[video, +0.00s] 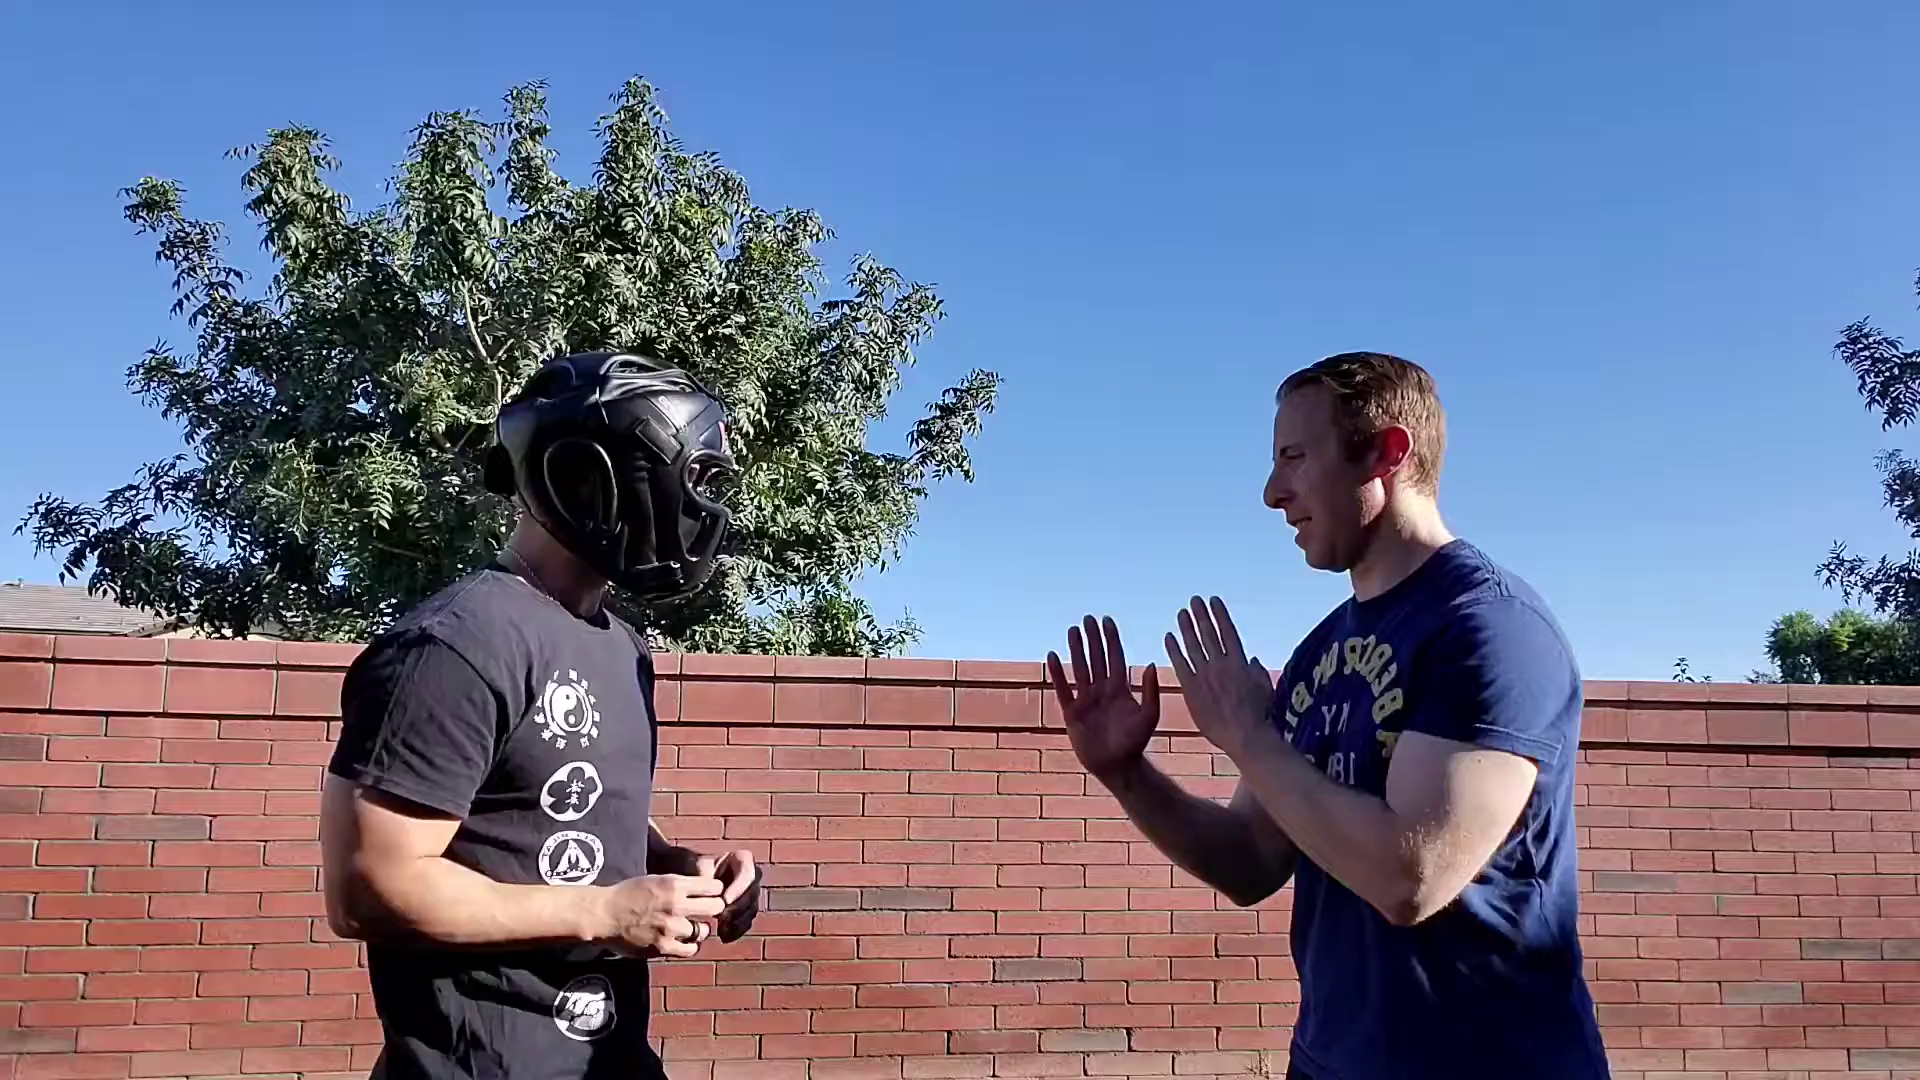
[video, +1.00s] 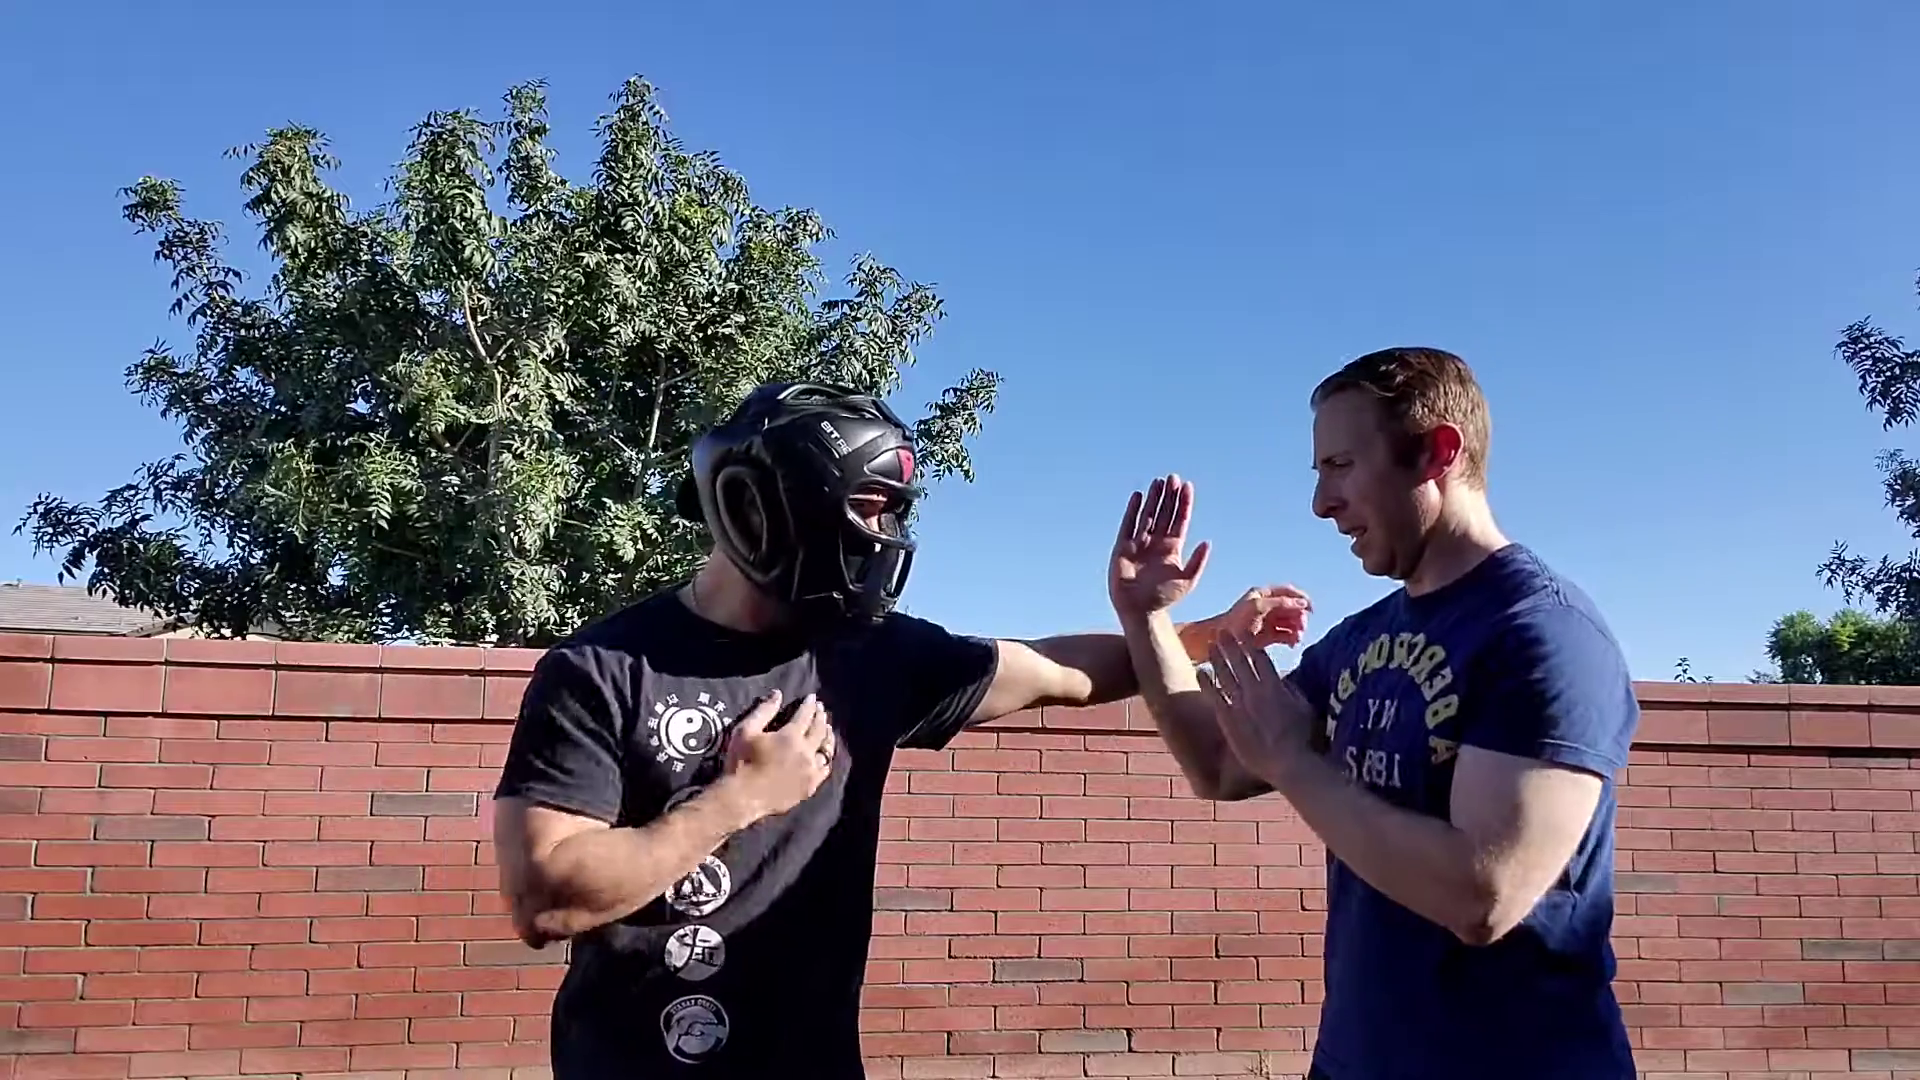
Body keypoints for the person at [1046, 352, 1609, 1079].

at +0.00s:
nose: (1273, 493)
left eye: (1294, 457)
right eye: (1276, 464)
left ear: (1388, 454)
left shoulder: (1496, 628)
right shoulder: (1319, 656)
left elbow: (1412, 879)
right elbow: (1248, 865)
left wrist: (1251, 739)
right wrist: (1126, 774)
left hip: (1486, 1057)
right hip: (1336, 1052)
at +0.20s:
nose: (1320, 479)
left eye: (1345, 445)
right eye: (1326, 449)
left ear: (1442, 457)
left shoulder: (1539, 632)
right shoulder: (1350, 654)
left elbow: (1448, 879)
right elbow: (1268, 858)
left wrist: (1286, 730)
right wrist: (1153, 763)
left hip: (1512, 1056)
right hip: (1355, 1052)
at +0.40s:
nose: (1324, 487)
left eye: (1345, 451)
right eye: (1328, 458)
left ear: (1440, 456)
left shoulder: (1541, 632)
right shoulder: (1352, 651)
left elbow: (1449, 877)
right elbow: (1265, 855)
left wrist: (1289, 726)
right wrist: (1155, 757)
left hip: (1514, 1056)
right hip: (1357, 1052)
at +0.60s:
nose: (1313, 501)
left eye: (1331, 467)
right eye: (1313, 473)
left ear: (1427, 456)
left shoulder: (1537, 632)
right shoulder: (1350, 644)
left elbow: (1450, 883)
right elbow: (1231, 779)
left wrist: (1281, 740)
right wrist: (1138, 644)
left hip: (1510, 1057)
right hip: (1355, 1052)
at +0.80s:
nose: (1325, 498)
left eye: (1345, 463)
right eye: (1326, 470)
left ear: (1445, 455)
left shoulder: (1551, 633)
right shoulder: (1353, 643)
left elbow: (1478, 892)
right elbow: (1223, 769)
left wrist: (1296, 751)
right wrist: (1143, 621)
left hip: (1518, 1058)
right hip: (1357, 1051)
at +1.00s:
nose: (1322, 501)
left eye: (1341, 465)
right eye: (1321, 473)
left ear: (1439, 455)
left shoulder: (1550, 634)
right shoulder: (1358, 641)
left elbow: (1482, 895)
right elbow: (1221, 768)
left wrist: (1292, 763)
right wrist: (1145, 619)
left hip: (1519, 1059)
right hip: (1359, 1052)